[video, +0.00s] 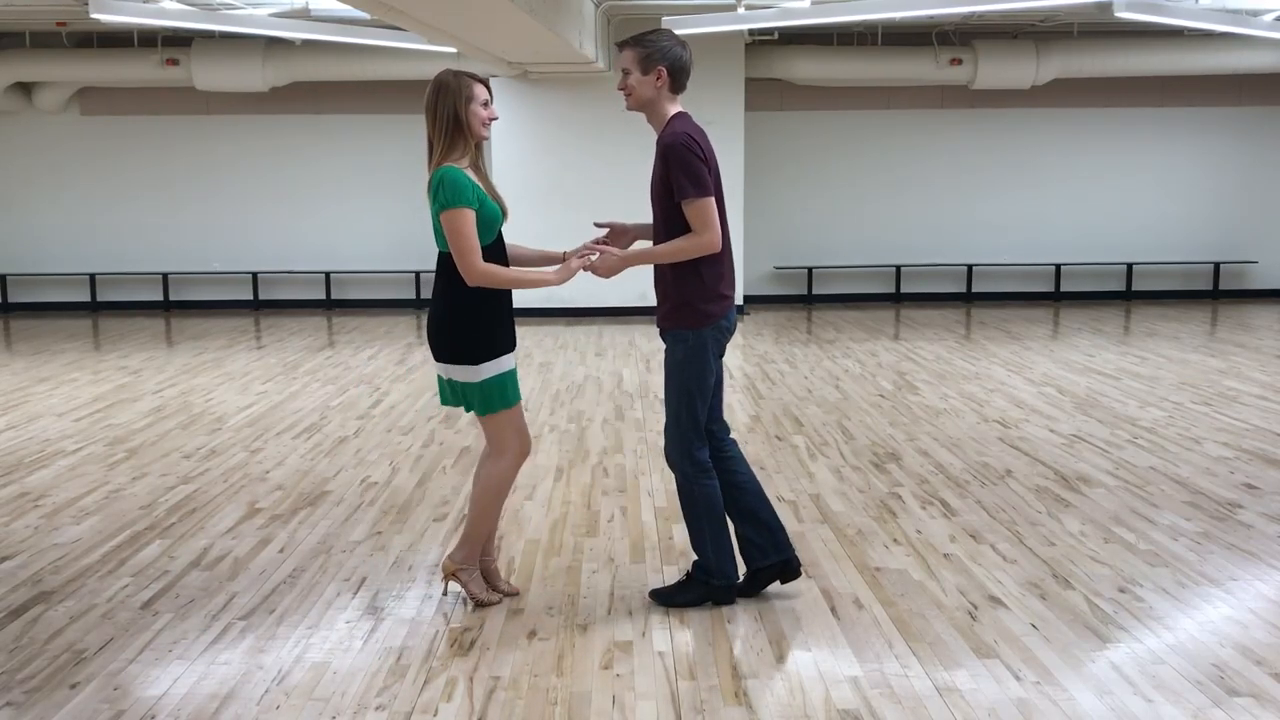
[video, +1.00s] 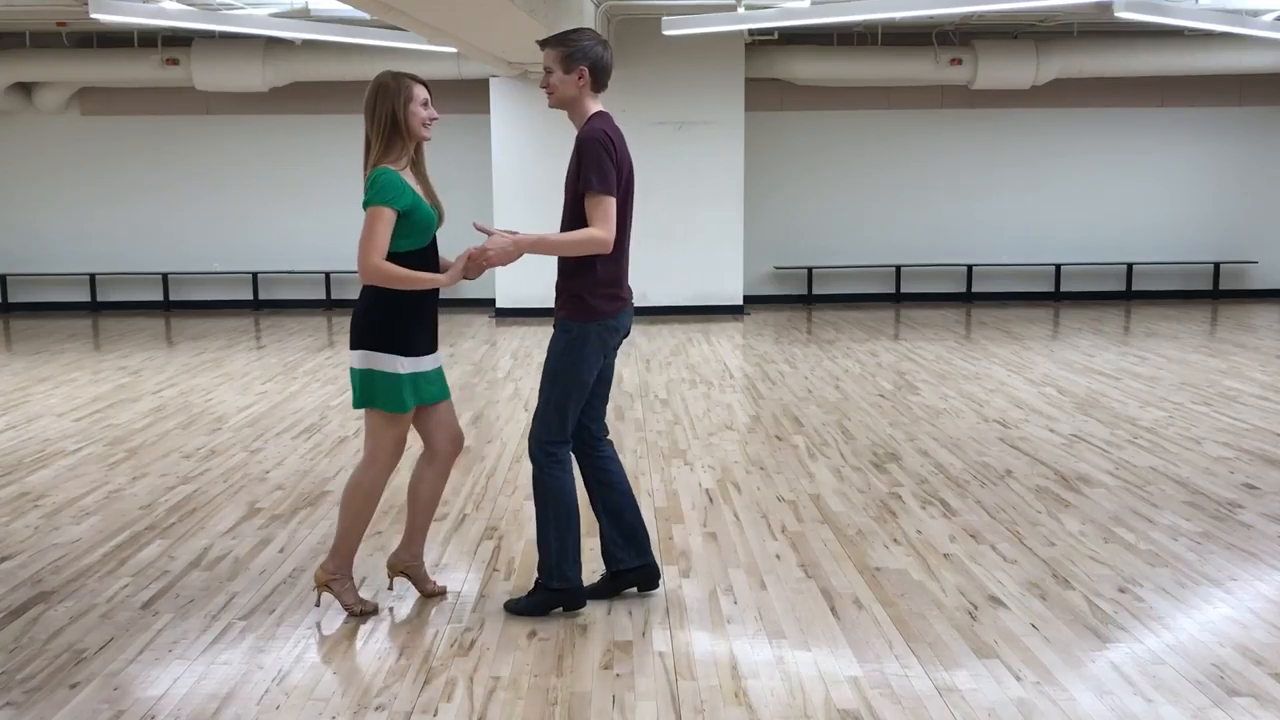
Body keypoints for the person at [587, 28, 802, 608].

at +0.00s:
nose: (619, 84)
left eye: (627, 74)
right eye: (619, 74)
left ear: (658, 76)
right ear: (659, 78)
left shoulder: (679, 141)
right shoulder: (677, 136)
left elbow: (708, 238)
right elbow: (691, 227)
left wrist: (630, 258)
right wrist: (634, 233)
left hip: (695, 318)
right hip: (702, 314)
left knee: (685, 445)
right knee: (710, 436)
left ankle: (715, 573)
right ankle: (771, 556)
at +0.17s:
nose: (613, 86)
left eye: (620, 76)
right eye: (613, 76)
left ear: (651, 79)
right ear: (651, 80)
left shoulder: (671, 140)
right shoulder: (664, 140)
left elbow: (703, 237)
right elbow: (676, 233)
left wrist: (623, 250)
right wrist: (616, 236)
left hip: (689, 320)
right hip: (671, 318)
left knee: (682, 449)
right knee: (653, 439)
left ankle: (714, 576)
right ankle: (743, 537)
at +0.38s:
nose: (596, 84)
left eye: (603, 72)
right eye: (597, 73)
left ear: (635, 75)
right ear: (634, 77)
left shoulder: (652, 136)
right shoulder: (649, 133)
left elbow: (672, 234)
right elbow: (655, 221)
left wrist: (595, 211)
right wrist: (596, 211)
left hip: (666, 319)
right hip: (643, 318)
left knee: (669, 444)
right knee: (622, 435)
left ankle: (713, 576)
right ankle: (666, 559)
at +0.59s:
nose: (577, 82)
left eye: (583, 72)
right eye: (577, 72)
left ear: (614, 75)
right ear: (614, 77)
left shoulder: (627, 139)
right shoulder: (633, 134)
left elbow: (644, 236)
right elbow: (634, 224)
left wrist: (572, 217)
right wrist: (578, 224)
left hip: (629, 318)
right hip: (619, 316)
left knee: (615, 442)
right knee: (607, 440)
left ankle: (696, 558)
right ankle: (632, 568)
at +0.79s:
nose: (557, 84)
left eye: (564, 75)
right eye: (558, 75)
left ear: (595, 79)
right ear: (597, 80)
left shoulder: (610, 143)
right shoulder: (614, 139)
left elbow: (622, 243)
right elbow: (607, 239)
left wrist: (539, 253)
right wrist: (538, 248)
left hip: (601, 321)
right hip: (609, 317)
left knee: (558, 442)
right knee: (592, 439)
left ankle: (589, 578)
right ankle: (635, 564)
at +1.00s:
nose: (542, 81)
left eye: (549, 72)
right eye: (542, 72)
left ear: (579, 75)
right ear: (583, 76)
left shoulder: (595, 139)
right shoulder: (603, 135)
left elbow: (601, 237)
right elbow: (593, 237)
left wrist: (523, 243)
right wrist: (520, 243)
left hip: (587, 319)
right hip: (603, 315)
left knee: (549, 444)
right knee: (588, 436)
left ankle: (559, 584)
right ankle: (632, 563)